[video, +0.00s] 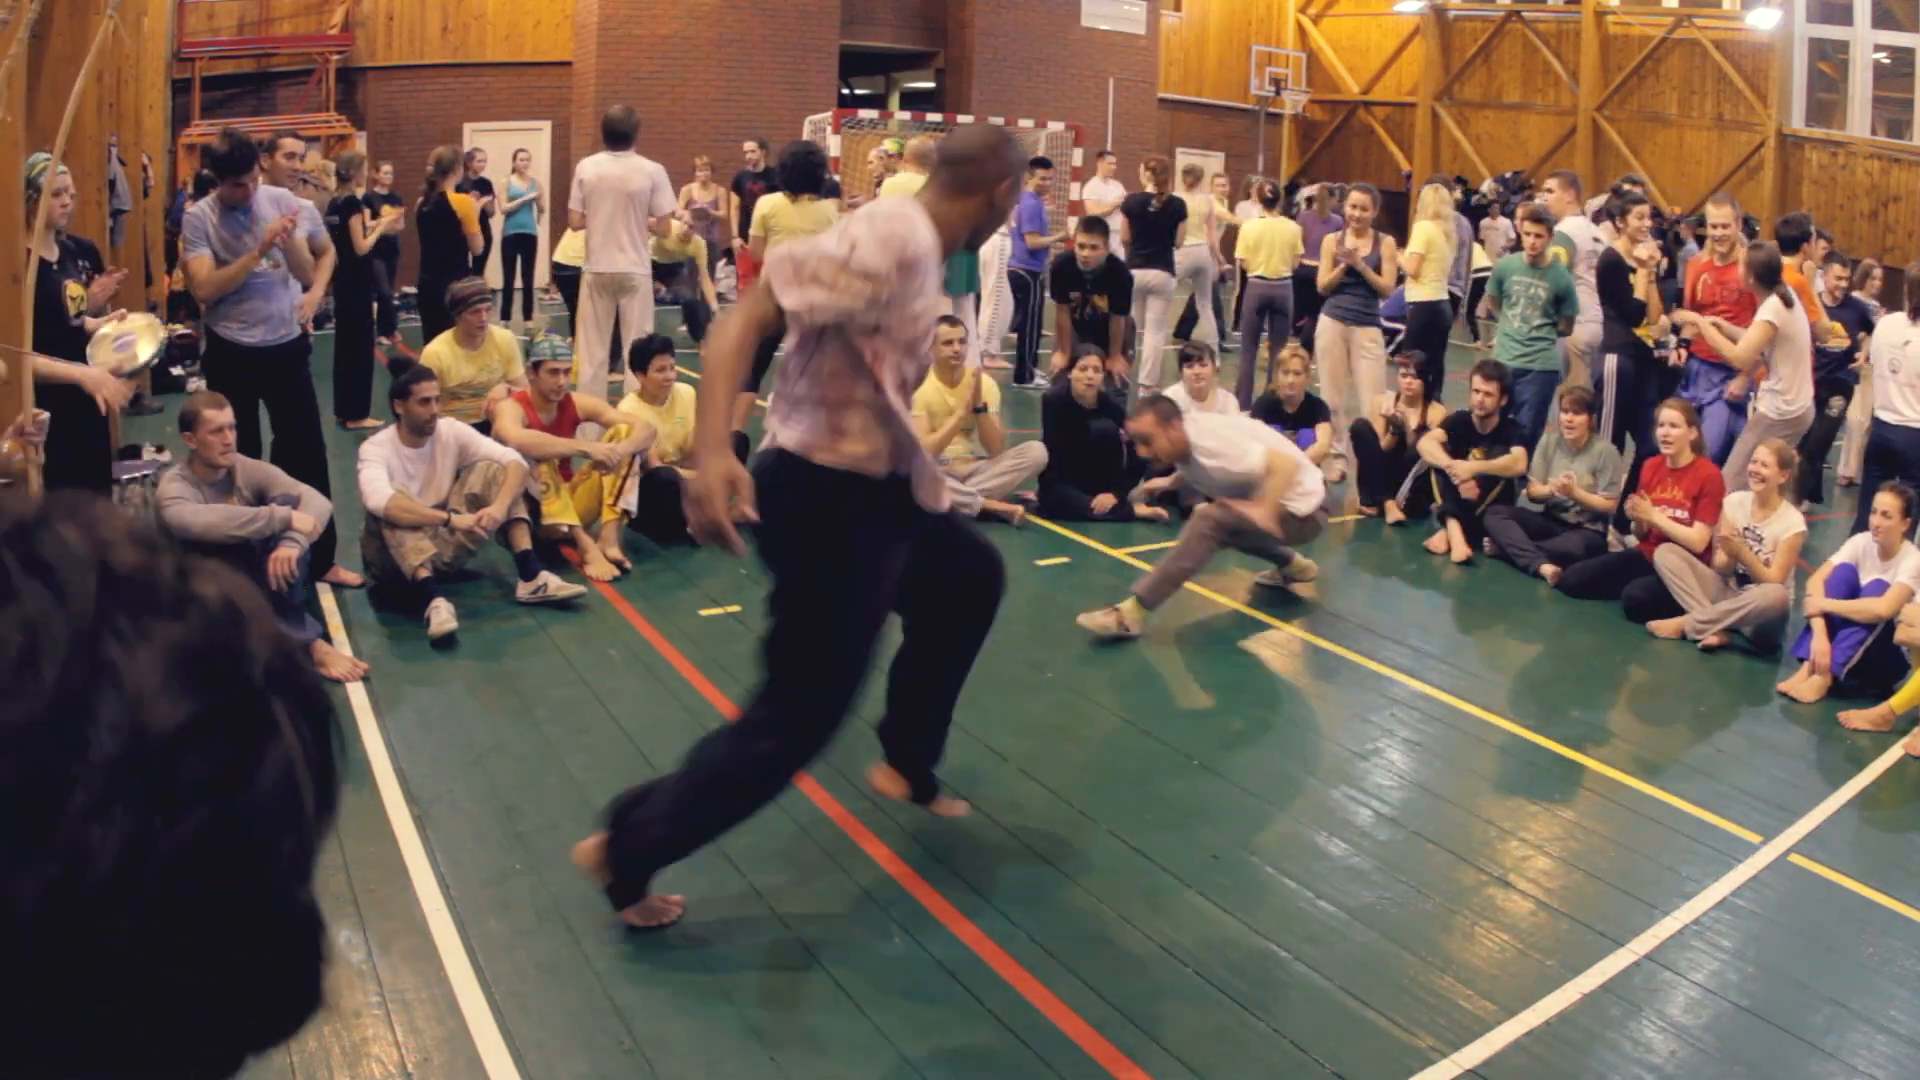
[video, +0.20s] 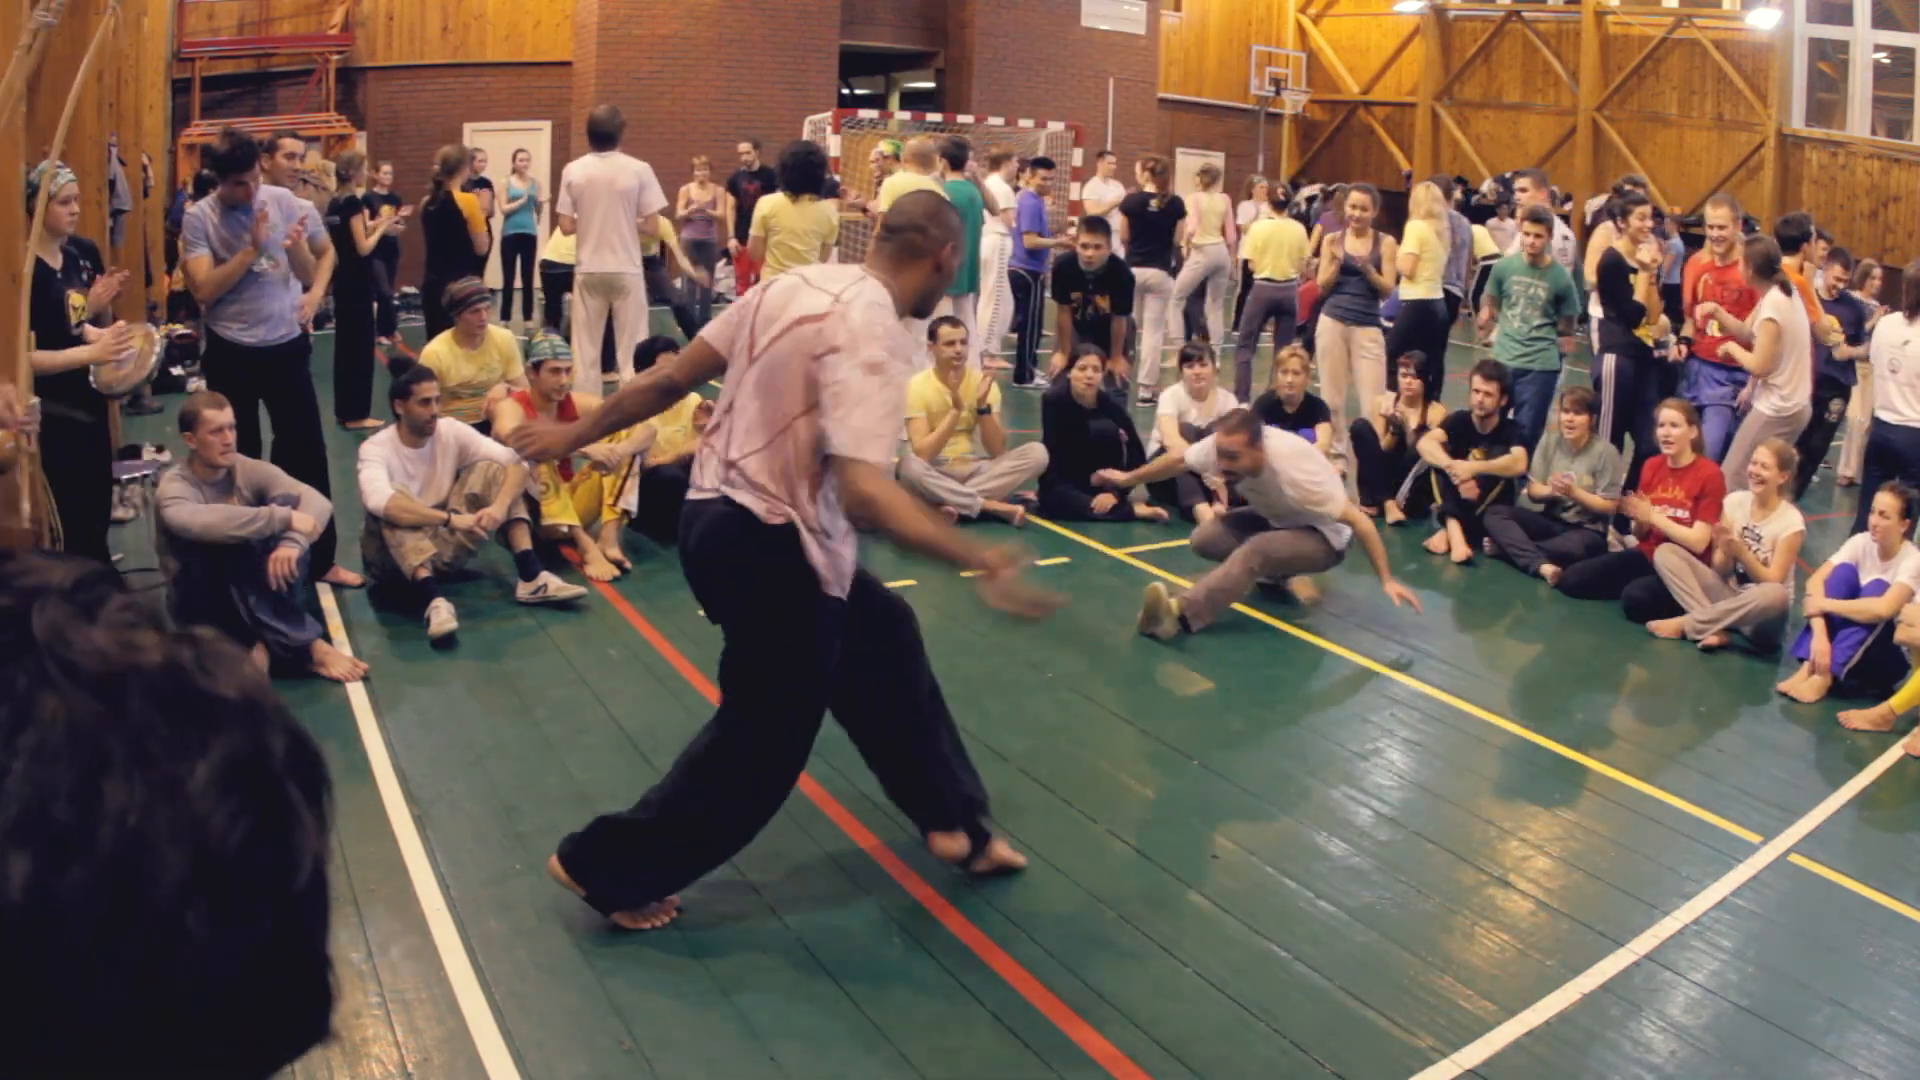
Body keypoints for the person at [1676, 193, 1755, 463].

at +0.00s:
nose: (1719, 233)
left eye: (1725, 226)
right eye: (1713, 226)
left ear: (1739, 226)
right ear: (1705, 228)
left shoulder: (1752, 268)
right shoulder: (1695, 265)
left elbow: (1761, 324)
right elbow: (1688, 312)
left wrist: (1745, 375)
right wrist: (1682, 342)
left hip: (1734, 368)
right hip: (1698, 363)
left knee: (1710, 449)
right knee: (1684, 444)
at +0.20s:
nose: (1715, 234)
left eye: (1722, 227)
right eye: (1710, 227)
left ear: (1738, 226)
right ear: (1704, 227)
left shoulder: (1755, 267)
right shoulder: (1694, 265)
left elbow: (1767, 324)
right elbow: (1690, 317)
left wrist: (1754, 381)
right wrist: (1683, 341)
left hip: (1747, 373)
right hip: (1706, 368)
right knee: (1707, 451)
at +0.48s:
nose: (1709, 233)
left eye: (1716, 226)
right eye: (1706, 225)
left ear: (1736, 228)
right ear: (1701, 225)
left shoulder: (1751, 272)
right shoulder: (1696, 268)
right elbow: (1689, 317)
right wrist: (1686, 339)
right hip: (1704, 363)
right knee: (1707, 443)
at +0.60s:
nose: (1714, 232)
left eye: (1721, 226)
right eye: (1710, 225)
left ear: (1738, 226)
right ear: (1704, 225)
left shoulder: (1750, 267)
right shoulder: (1695, 264)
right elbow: (1690, 316)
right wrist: (1684, 342)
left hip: (1746, 353)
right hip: (1705, 354)